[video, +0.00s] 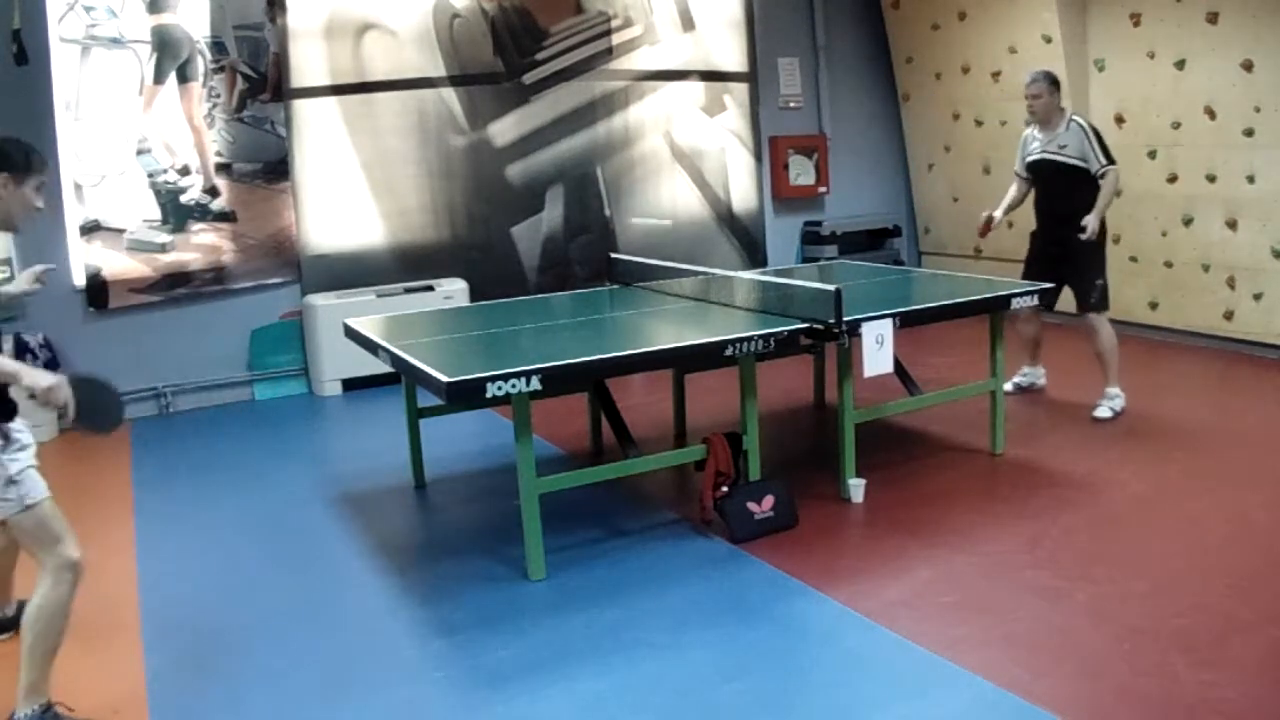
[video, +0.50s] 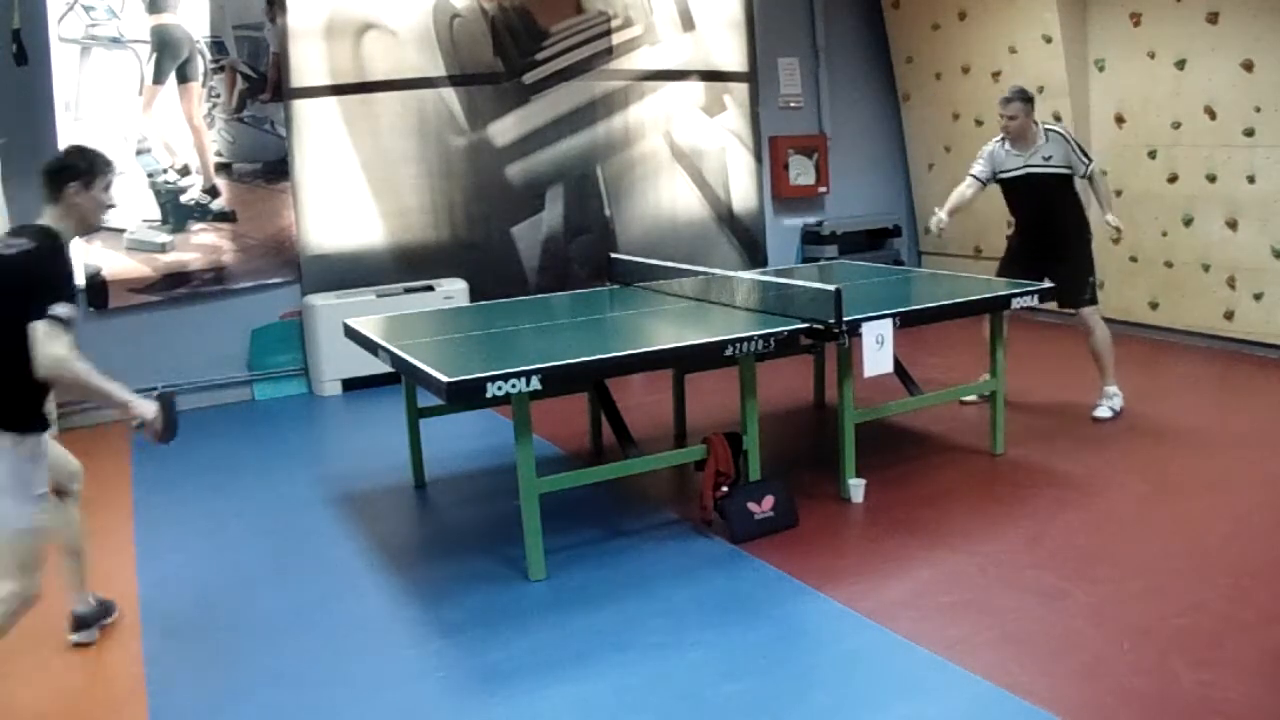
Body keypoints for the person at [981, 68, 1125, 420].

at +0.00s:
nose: (1030, 105)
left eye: (1036, 98)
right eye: (1027, 99)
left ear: (1056, 97)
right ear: (1026, 101)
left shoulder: (1081, 130)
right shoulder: (1030, 137)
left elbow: (1110, 176)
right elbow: (1021, 183)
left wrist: (1096, 214)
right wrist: (999, 212)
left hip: (1084, 238)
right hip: (1046, 237)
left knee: (1093, 315)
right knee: (1025, 308)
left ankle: (1113, 391)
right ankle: (1033, 370)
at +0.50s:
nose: (1004, 125)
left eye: (1011, 119)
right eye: (1001, 118)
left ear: (1030, 117)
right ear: (999, 117)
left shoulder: (1059, 139)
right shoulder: (994, 152)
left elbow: (1092, 173)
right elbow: (970, 185)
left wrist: (1107, 212)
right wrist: (945, 211)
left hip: (1070, 239)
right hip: (1026, 241)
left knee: (1087, 313)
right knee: (996, 305)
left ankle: (1111, 391)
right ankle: (993, 380)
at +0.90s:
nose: (1025, 110)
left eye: (1031, 104)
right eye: (1023, 104)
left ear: (1052, 104)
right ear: (1024, 106)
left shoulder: (1080, 135)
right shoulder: (1022, 141)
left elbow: (1111, 178)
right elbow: (1017, 186)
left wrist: (1114, 222)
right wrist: (995, 217)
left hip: (1082, 243)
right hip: (1040, 242)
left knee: (1092, 322)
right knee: (1013, 312)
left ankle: (1108, 389)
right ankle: (995, 380)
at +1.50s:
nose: (1034, 125)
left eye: (1042, 118)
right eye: (1030, 118)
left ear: (1061, 118)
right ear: (1026, 120)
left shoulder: (1089, 144)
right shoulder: (1024, 160)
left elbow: (1120, 178)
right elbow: (1023, 206)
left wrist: (1122, 218)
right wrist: (1032, 244)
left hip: (1095, 246)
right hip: (1053, 248)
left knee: (1100, 316)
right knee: (1021, 313)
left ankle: (1118, 405)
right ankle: (1032, 380)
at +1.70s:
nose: (1069, 147)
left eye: (1077, 140)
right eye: (1064, 140)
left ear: (1093, 139)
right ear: (1058, 140)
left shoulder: (1114, 166)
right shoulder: (1054, 179)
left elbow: (1136, 196)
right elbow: (1050, 218)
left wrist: (1156, 232)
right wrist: (1051, 253)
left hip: (1111, 258)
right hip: (1069, 259)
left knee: (1112, 325)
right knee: (1021, 323)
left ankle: (1120, 420)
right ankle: (1034, 383)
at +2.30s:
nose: (1054, 117)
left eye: (1062, 112)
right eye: (1052, 111)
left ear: (1086, 114)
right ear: (1052, 113)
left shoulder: (1115, 155)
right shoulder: (1039, 152)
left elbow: (1146, 198)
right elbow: (1022, 192)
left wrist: (1163, 246)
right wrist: (1025, 224)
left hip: (1103, 254)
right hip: (1060, 250)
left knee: (1106, 332)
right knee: (1032, 317)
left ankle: (1119, 420)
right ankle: (1025, 381)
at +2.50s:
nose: (1023, 106)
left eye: (1030, 98)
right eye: (1021, 99)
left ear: (1054, 101)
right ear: (1024, 102)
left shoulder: (1083, 140)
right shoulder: (1021, 139)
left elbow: (1113, 186)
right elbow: (1008, 179)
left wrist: (1119, 231)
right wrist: (992, 208)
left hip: (1081, 250)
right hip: (1039, 248)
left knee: (1092, 326)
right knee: (1021, 319)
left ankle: (1116, 413)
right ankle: (1024, 385)